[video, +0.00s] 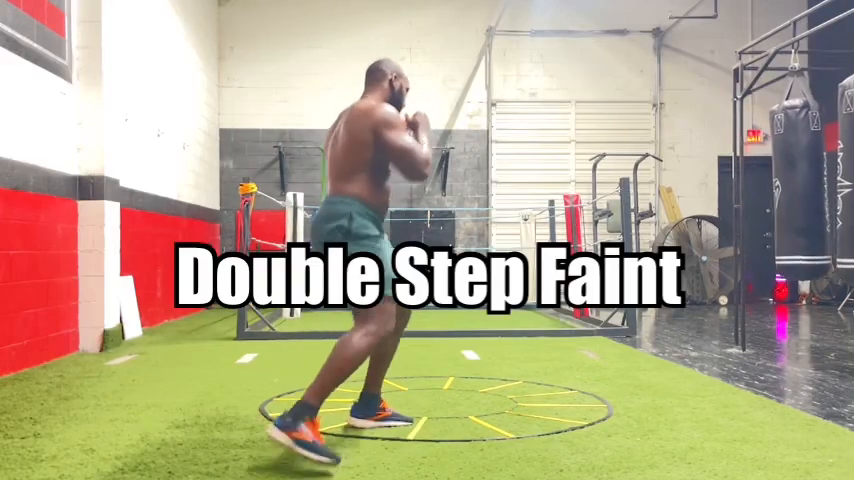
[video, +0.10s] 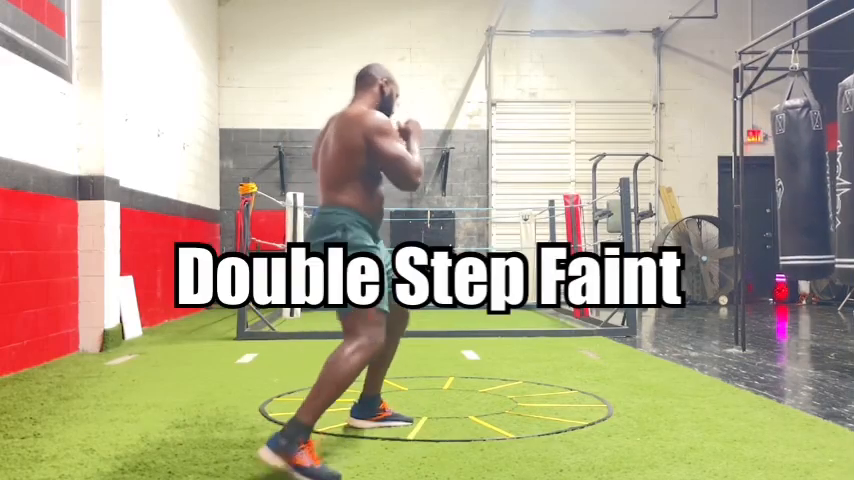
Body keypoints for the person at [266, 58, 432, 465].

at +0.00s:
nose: (407, 94)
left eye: (406, 88)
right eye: (406, 87)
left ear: (371, 81)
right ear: (394, 80)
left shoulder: (342, 118)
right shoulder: (383, 112)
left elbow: (335, 163)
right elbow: (420, 168)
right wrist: (422, 130)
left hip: (336, 222)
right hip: (354, 224)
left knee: (397, 313)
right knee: (377, 324)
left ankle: (368, 405)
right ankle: (298, 417)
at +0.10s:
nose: (395, 101)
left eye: (394, 94)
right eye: (394, 93)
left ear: (361, 86)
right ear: (384, 85)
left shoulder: (332, 123)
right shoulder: (374, 120)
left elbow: (322, 172)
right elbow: (411, 179)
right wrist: (414, 139)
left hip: (325, 226)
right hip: (351, 229)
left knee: (397, 311)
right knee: (367, 337)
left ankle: (369, 405)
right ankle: (290, 439)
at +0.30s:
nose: (375, 76)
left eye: (375, 71)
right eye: (375, 69)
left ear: (337, 56)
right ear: (362, 56)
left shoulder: (306, 96)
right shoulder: (356, 87)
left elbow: (293, 137)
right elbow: (399, 150)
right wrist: (394, 110)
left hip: (298, 207)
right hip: (326, 209)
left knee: (350, 310)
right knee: (331, 329)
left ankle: (348, 404)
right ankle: (282, 448)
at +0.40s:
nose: (368, 64)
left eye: (368, 58)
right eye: (368, 56)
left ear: (328, 44)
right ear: (355, 44)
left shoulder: (293, 88)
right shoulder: (348, 75)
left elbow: (297, 143)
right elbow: (391, 138)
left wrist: (342, 172)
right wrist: (386, 96)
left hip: (283, 190)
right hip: (310, 192)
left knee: (334, 308)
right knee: (321, 320)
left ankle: (299, 404)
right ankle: (276, 445)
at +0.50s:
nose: (355, 72)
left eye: (354, 66)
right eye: (354, 64)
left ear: (315, 55)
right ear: (343, 53)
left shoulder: (281, 97)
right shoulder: (338, 85)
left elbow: (277, 157)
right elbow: (381, 148)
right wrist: (373, 105)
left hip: (275, 208)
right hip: (303, 211)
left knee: (313, 329)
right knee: (320, 333)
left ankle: (260, 415)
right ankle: (247, 456)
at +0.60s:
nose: (346, 79)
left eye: (346, 73)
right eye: (346, 72)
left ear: (308, 62)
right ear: (334, 62)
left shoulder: (272, 103)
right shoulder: (326, 99)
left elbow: (267, 161)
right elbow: (369, 162)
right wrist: (362, 118)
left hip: (264, 214)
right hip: (290, 217)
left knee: (310, 335)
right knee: (318, 339)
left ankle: (256, 423)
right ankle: (247, 456)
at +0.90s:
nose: (337, 75)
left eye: (336, 68)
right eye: (336, 68)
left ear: (297, 62)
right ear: (326, 61)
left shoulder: (266, 100)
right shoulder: (317, 97)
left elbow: (250, 145)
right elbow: (356, 157)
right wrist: (350, 110)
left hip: (259, 214)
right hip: (271, 219)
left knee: (310, 299)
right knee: (277, 338)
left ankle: (287, 386)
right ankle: (205, 443)